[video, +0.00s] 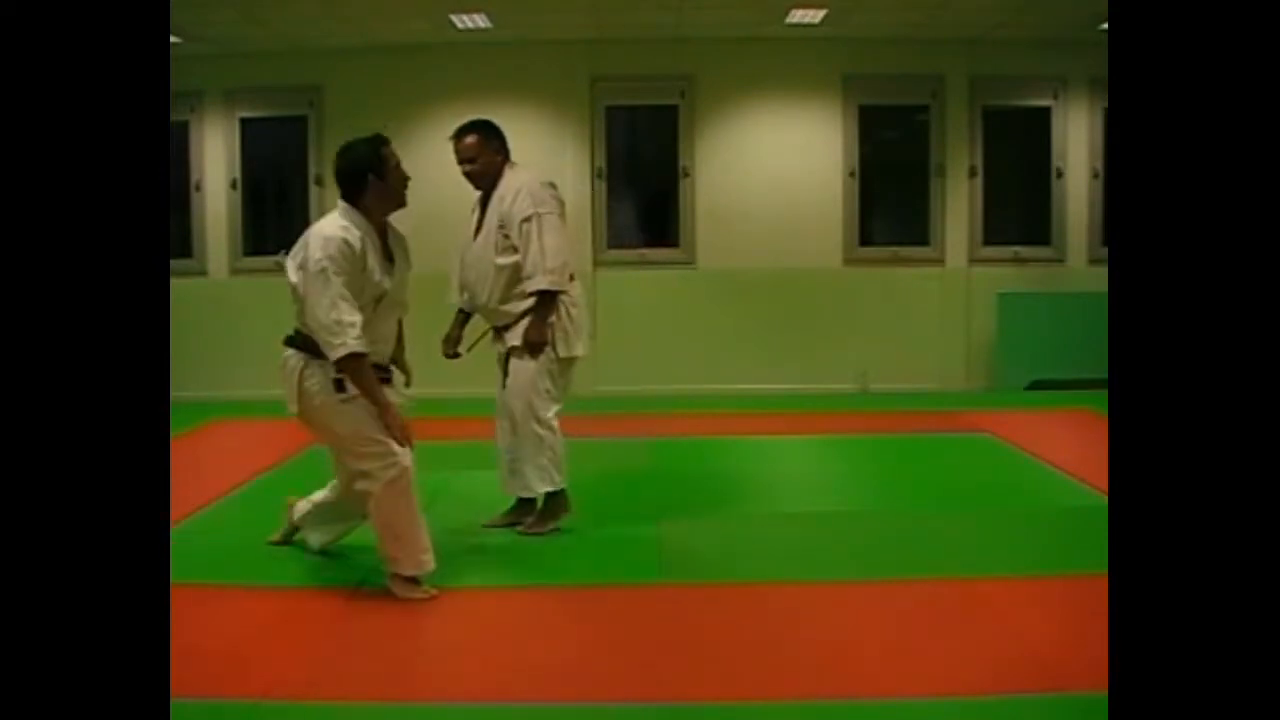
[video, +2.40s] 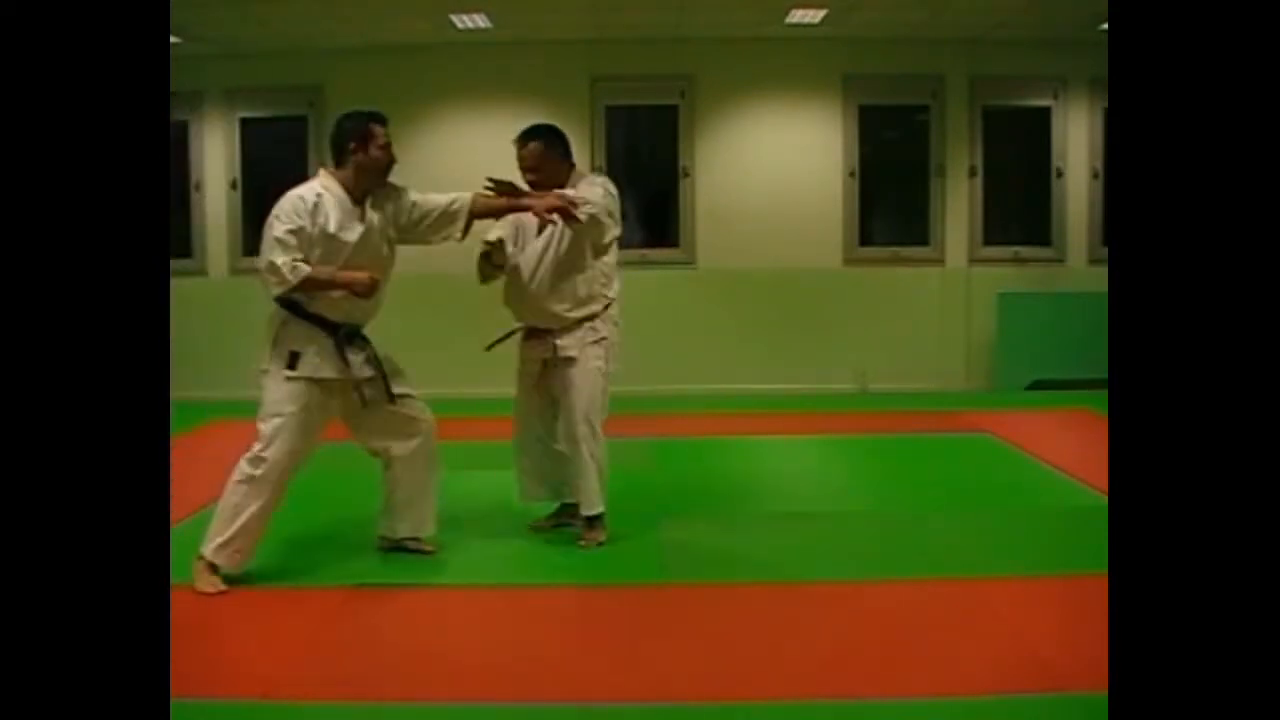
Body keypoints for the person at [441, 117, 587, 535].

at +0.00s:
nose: (465, 170)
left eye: (471, 160)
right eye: (460, 162)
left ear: (497, 154)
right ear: (462, 162)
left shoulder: (530, 192)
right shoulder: (486, 201)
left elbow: (550, 257)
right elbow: (478, 270)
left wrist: (541, 317)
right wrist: (459, 323)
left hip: (543, 318)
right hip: (510, 322)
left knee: (530, 404)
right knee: (510, 409)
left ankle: (553, 496)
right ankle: (524, 496)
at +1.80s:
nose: (488, 164)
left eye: (494, 153)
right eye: (486, 155)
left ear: (521, 150)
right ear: (518, 153)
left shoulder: (544, 190)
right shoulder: (528, 192)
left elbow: (516, 261)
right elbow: (511, 263)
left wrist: (487, 314)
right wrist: (493, 316)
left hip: (566, 316)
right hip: (549, 317)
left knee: (550, 416)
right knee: (546, 415)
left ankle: (562, 518)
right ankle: (559, 509)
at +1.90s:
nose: (493, 166)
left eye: (498, 156)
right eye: (491, 158)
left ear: (528, 153)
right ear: (522, 156)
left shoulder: (550, 193)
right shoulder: (530, 197)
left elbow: (518, 250)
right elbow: (521, 272)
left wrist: (472, 273)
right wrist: (490, 323)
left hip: (572, 319)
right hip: (550, 321)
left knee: (552, 419)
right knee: (545, 416)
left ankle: (560, 521)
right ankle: (567, 506)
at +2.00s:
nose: (500, 168)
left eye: (507, 159)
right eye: (498, 160)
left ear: (535, 154)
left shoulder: (557, 187)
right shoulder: (526, 202)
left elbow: (504, 225)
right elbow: (498, 273)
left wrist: (459, 221)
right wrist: (448, 297)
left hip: (581, 320)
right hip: (552, 325)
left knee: (562, 418)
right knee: (546, 419)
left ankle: (565, 519)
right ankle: (563, 511)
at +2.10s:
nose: (507, 169)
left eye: (514, 159)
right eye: (504, 161)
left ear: (541, 156)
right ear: (516, 160)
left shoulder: (566, 188)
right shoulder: (527, 199)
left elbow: (507, 208)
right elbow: (492, 256)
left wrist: (456, 186)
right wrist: (427, 267)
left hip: (584, 322)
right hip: (548, 328)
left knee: (566, 415)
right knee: (546, 418)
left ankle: (569, 516)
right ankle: (559, 508)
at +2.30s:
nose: (526, 173)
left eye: (532, 163)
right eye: (520, 167)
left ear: (557, 159)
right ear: (517, 169)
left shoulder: (590, 188)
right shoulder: (519, 206)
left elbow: (554, 199)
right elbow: (493, 245)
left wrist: (502, 176)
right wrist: (449, 239)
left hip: (585, 324)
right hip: (538, 329)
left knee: (572, 411)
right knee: (541, 419)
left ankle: (592, 511)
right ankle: (568, 505)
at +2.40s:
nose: (529, 179)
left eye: (535, 169)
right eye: (524, 171)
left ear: (560, 161)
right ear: (520, 171)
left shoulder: (597, 190)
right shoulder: (519, 212)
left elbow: (581, 215)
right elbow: (489, 271)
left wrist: (523, 199)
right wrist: (491, 252)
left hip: (585, 330)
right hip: (538, 333)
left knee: (579, 425)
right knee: (540, 426)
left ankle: (593, 514)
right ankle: (567, 504)